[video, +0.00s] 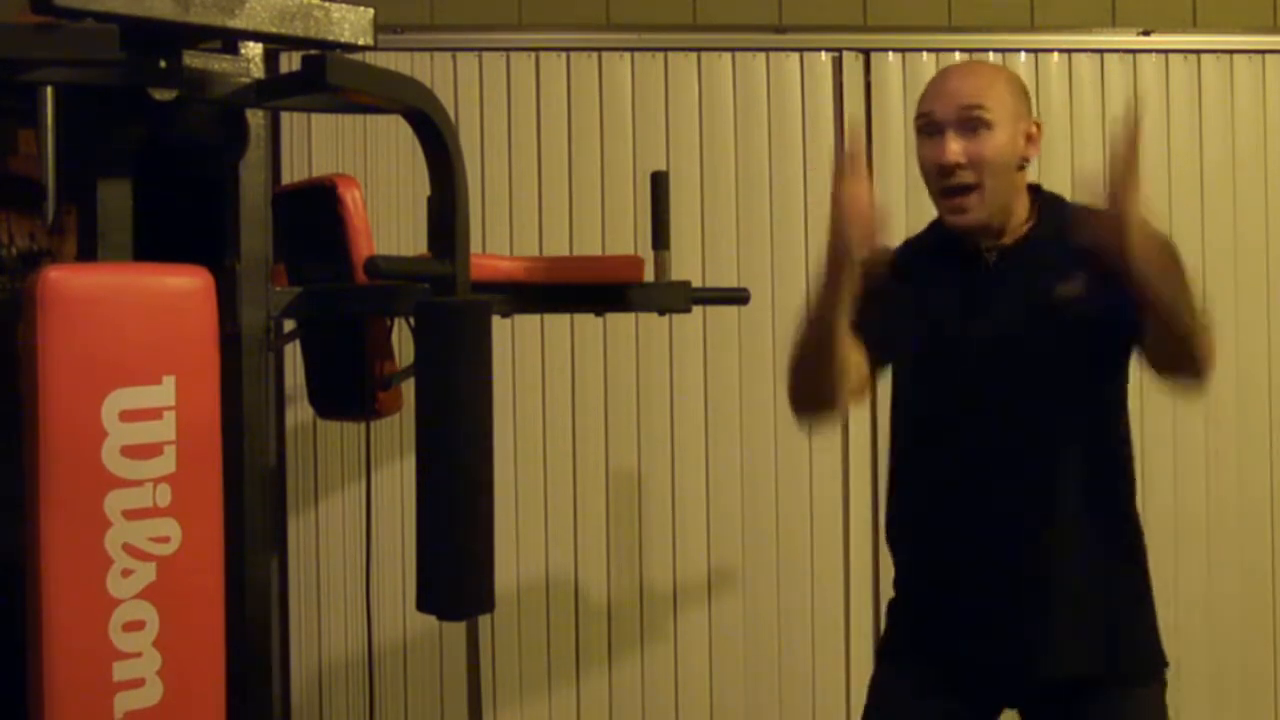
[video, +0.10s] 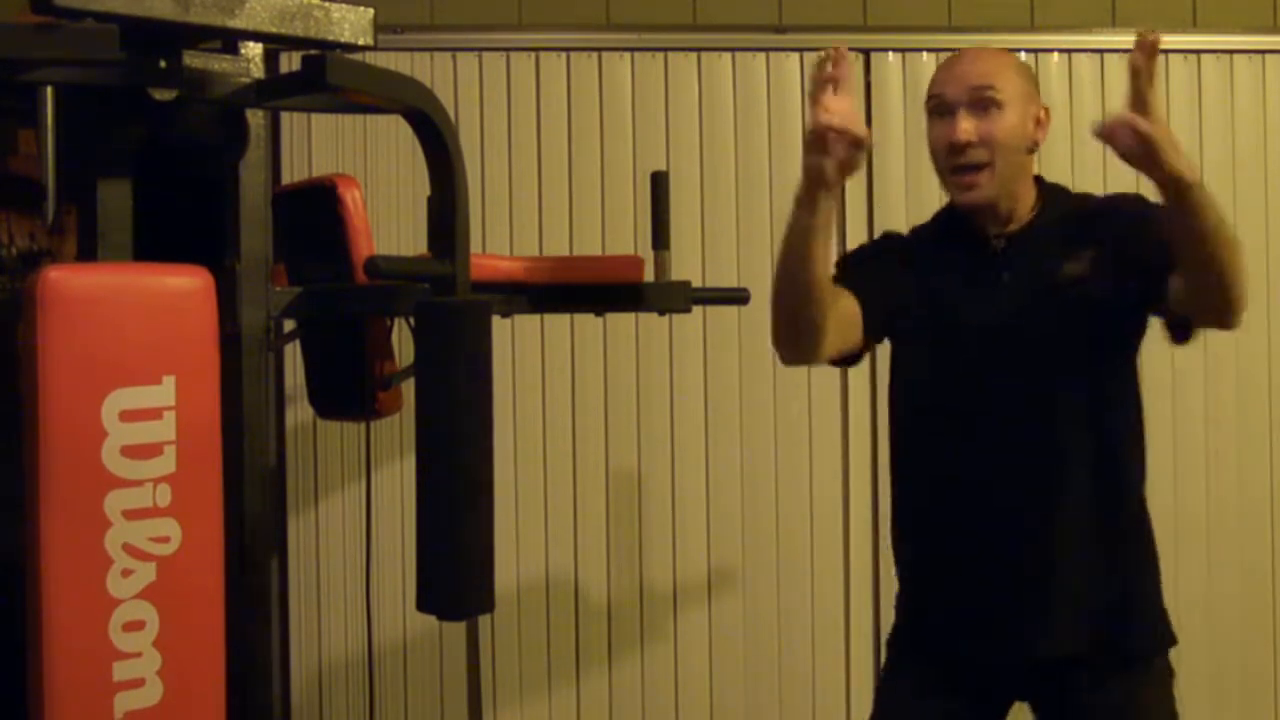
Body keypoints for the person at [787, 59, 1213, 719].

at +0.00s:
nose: (948, 154)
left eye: (974, 126)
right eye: (930, 131)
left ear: (1028, 141)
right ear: (916, 148)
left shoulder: (1103, 248)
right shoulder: (903, 274)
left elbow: (1188, 363)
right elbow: (812, 398)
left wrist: (1139, 241)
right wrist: (844, 264)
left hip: (1086, 624)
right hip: (938, 626)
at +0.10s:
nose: (959, 133)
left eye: (984, 106)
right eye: (941, 113)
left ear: (1037, 124)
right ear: (926, 132)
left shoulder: (1112, 233)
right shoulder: (904, 262)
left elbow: (1219, 304)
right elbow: (801, 339)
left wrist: (1176, 181)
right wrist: (818, 188)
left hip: (1098, 628)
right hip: (945, 628)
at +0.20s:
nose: (978, 131)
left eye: (1001, 107)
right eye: (958, 113)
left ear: (1052, 125)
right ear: (941, 136)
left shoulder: (1132, 245)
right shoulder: (914, 272)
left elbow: (1247, 356)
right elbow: (800, 370)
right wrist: (804, 228)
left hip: (1112, 633)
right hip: (958, 635)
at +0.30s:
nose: (996, 138)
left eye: (1017, 113)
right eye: (975, 120)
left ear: (1068, 127)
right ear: (956, 141)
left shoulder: (1151, 262)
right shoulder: (918, 285)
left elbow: (1233, 405)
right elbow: (834, 449)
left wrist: (1233, 469)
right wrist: (810, 412)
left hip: (1121, 629)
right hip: (966, 632)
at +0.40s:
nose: (1019, 140)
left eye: (1038, 115)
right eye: (994, 122)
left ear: (1079, 132)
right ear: (965, 149)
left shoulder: (1154, 274)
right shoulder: (915, 293)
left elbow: (1193, 462)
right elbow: (875, 458)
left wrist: (1200, 643)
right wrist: (872, 604)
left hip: (1120, 636)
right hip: (964, 635)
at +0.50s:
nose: (1024, 144)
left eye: (1040, 120)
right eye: (995, 126)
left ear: (1066, 138)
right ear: (955, 156)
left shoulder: (1136, 281)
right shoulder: (900, 297)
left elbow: (1164, 473)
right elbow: (863, 469)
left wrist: (1172, 655)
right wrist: (878, 628)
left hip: (1097, 648)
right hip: (947, 657)